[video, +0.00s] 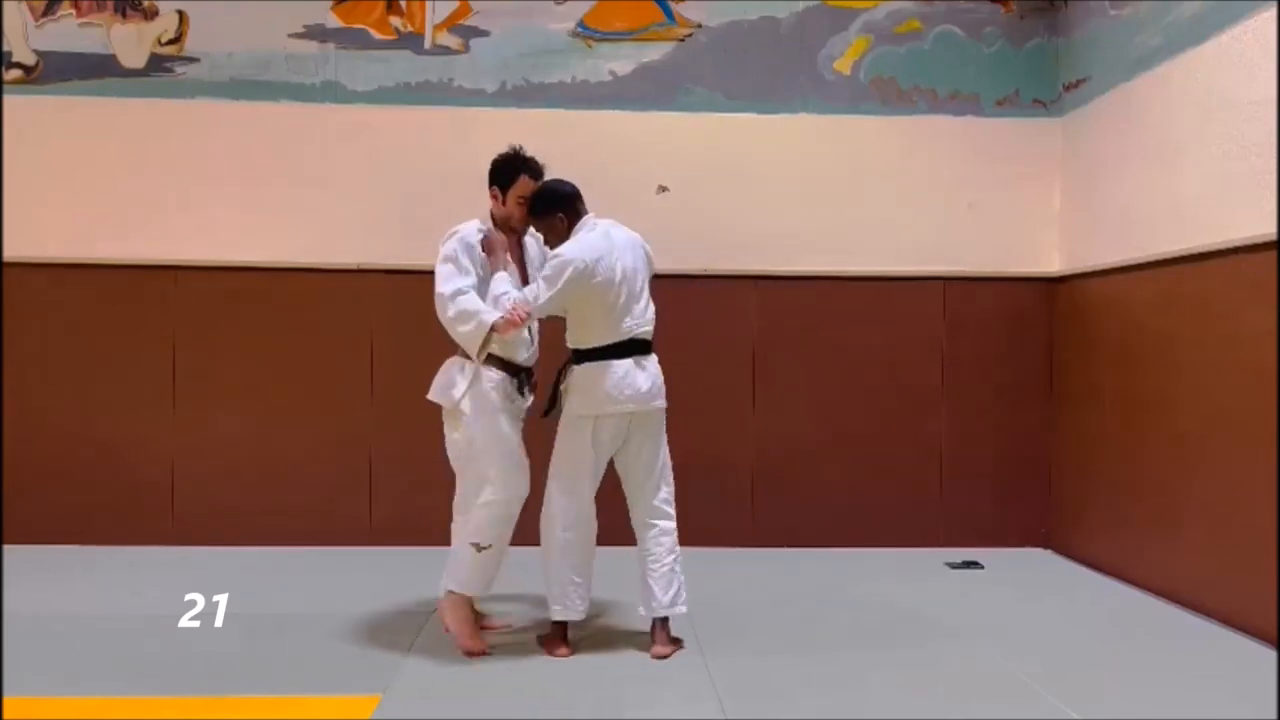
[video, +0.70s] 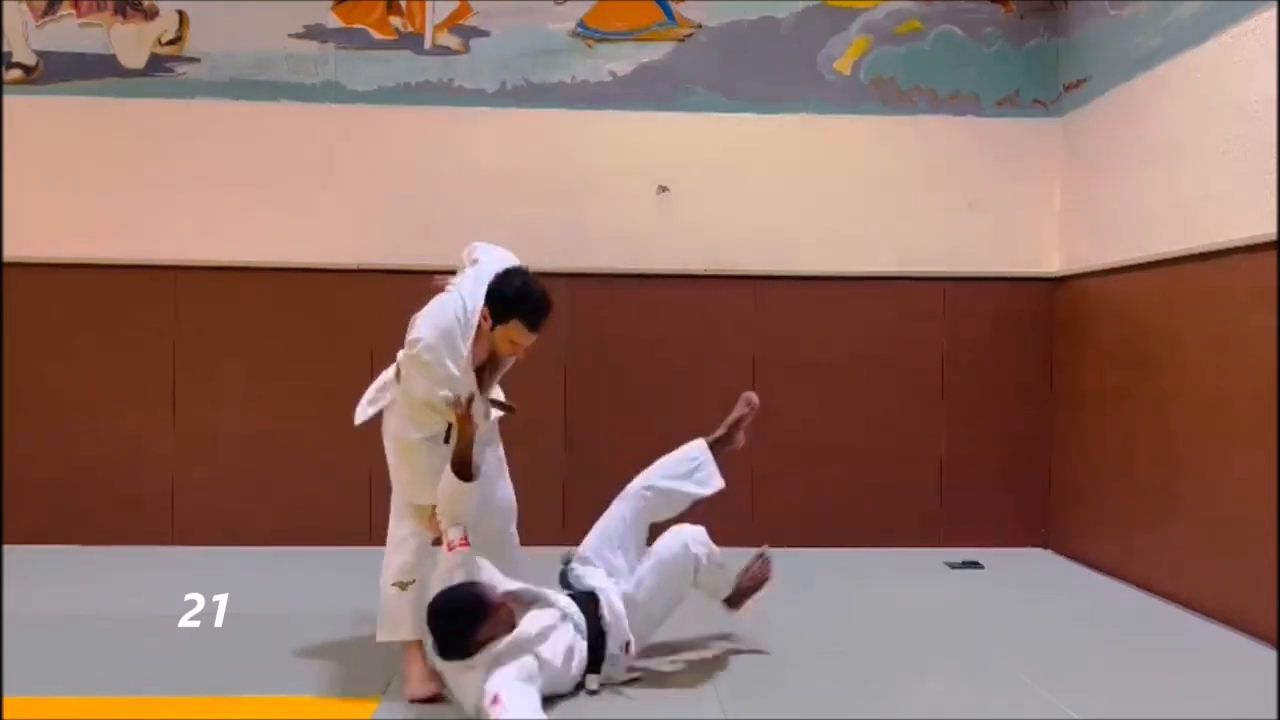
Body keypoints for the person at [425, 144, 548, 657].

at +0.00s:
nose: (530, 213)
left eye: (534, 203)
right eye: (523, 201)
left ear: (535, 201)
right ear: (496, 196)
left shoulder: (533, 244)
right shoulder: (464, 241)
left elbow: (554, 292)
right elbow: (454, 299)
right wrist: (492, 321)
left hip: (512, 386)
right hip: (478, 382)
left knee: (482, 490)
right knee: (509, 484)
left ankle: (466, 600)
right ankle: (456, 599)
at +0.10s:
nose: (524, 217)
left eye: (529, 207)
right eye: (517, 206)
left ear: (529, 205)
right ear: (489, 199)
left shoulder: (527, 244)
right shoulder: (455, 242)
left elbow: (556, 284)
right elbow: (449, 302)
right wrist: (493, 313)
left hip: (509, 386)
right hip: (473, 383)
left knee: (484, 493)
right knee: (513, 477)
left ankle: (463, 603)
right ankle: (509, 603)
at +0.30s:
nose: (524, 216)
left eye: (528, 205)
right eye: (517, 206)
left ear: (525, 200)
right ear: (489, 198)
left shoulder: (513, 237)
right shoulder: (461, 245)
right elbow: (453, 316)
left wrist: (591, 212)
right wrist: (496, 364)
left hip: (485, 379)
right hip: (464, 383)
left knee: (470, 488)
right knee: (531, 469)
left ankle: (466, 593)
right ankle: (537, 585)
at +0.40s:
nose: (533, 226)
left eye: (537, 216)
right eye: (524, 217)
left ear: (540, 210)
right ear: (493, 212)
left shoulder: (505, 238)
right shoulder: (462, 263)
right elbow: (481, 347)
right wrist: (516, 402)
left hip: (451, 372)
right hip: (453, 379)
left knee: (461, 483)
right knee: (536, 446)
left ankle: (463, 592)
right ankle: (515, 538)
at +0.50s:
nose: (534, 275)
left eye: (540, 266)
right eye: (527, 265)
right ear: (499, 252)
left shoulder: (503, 242)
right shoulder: (456, 293)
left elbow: (530, 279)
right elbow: (465, 379)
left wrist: (535, 318)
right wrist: (480, 448)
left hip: (457, 382)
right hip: (436, 393)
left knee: (451, 496)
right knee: (503, 486)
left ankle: (452, 598)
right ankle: (458, 597)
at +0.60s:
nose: (533, 305)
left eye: (540, 296)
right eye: (528, 293)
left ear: (543, 277)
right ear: (500, 277)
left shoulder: (493, 253)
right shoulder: (450, 315)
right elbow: (450, 400)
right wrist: (449, 471)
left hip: (475, 404)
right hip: (433, 415)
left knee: (477, 505)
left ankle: (460, 607)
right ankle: (428, 659)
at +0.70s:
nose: (518, 352)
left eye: (527, 343)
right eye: (513, 341)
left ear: (533, 323)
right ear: (489, 319)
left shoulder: (506, 279)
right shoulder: (432, 342)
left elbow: (481, 250)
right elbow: (427, 433)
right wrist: (432, 505)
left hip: (476, 417)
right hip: (419, 423)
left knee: (498, 514)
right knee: (417, 528)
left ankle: (499, 636)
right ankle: (416, 656)